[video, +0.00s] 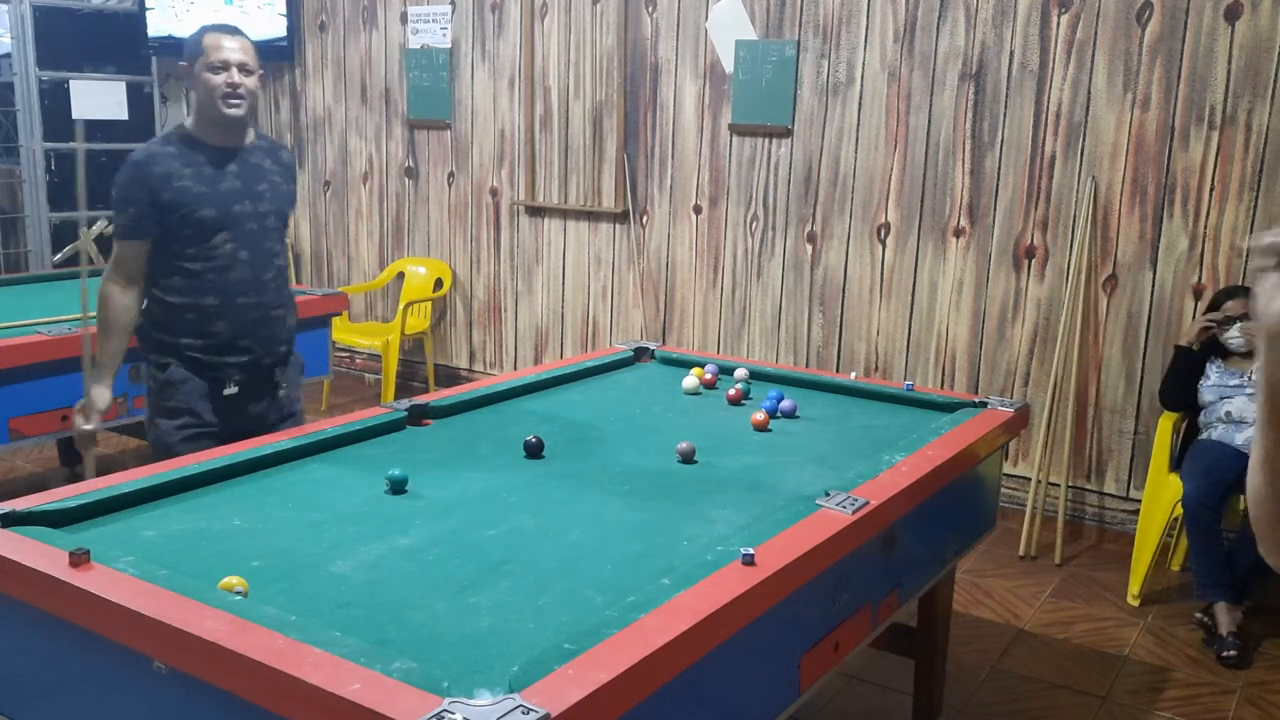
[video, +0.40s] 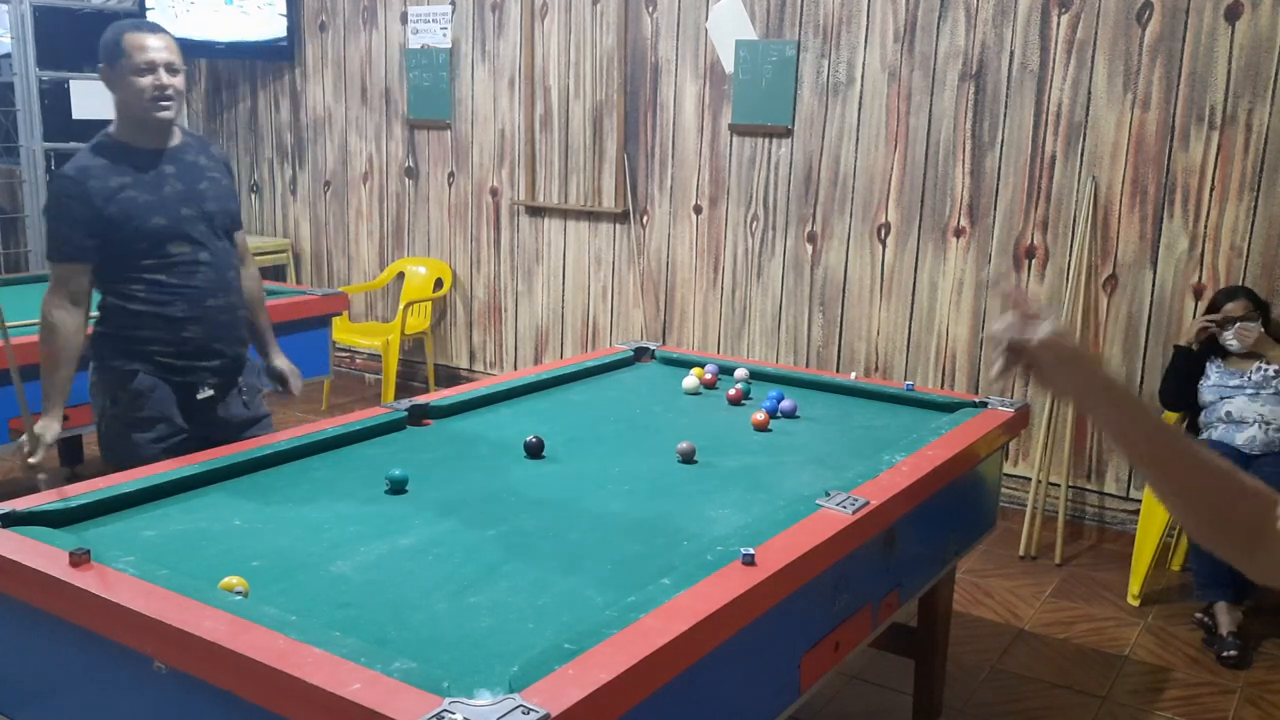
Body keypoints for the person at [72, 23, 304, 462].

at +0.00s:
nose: (233, 80)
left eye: (245, 70)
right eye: (218, 68)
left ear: (259, 81)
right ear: (190, 77)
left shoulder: (280, 163)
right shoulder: (150, 168)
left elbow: (269, 260)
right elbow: (124, 282)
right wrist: (101, 383)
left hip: (274, 376)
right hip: (186, 383)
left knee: (288, 516)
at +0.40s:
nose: (163, 82)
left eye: (173, 70)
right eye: (145, 70)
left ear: (185, 79)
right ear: (109, 79)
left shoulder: (210, 161)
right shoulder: (82, 179)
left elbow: (242, 264)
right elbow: (67, 299)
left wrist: (271, 352)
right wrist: (52, 412)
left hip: (231, 377)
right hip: (143, 387)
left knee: (265, 520)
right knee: (160, 534)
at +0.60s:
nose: (141, 78)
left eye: (151, 67)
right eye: (124, 67)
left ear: (166, 77)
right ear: (88, 77)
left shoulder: (199, 155)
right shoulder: (63, 174)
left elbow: (245, 245)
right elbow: (50, 285)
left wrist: (273, 305)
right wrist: (51, 381)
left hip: (217, 376)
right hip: (126, 386)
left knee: (242, 523)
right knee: (141, 531)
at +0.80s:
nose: (132, 78)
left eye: (142, 64)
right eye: (113, 66)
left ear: (158, 74)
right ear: (80, 78)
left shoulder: (200, 153)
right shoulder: (58, 176)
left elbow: (246, 244)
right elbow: (46, 285)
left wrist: (247, 278)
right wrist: (52, 364)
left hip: (211, 381)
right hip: (114, 391)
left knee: (231, 536)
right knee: (122, 543)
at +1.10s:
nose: (136, 86)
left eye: (147, 72)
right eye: (117, 74)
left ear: (166, 80)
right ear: (86, 83)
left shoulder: (212, 165)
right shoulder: (63, 179)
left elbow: (246, 282)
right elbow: (44, 293)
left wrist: (266, 386)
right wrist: (41, 403)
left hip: (205, 394)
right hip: (104, 399)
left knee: (219, 545)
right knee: (114, 552)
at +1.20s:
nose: (143, 86)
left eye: (155, 73)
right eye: (125, 74)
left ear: (175, 83)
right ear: (94, 82)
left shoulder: (221, 168)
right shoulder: (68, 175)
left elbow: (258, 279)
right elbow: (46, 289)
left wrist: (290, 378)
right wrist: (37, 399)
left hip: (210, 397)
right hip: (108, 402)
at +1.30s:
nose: (154, 92)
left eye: (166, 79)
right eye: (136, 78)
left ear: (186, 87)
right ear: (106, 83)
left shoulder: (227, 171)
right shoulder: (72, 177)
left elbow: (268, 277)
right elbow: (50, 288)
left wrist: (303, 371)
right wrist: (40, 391)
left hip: (214, 400)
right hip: (112, 405)